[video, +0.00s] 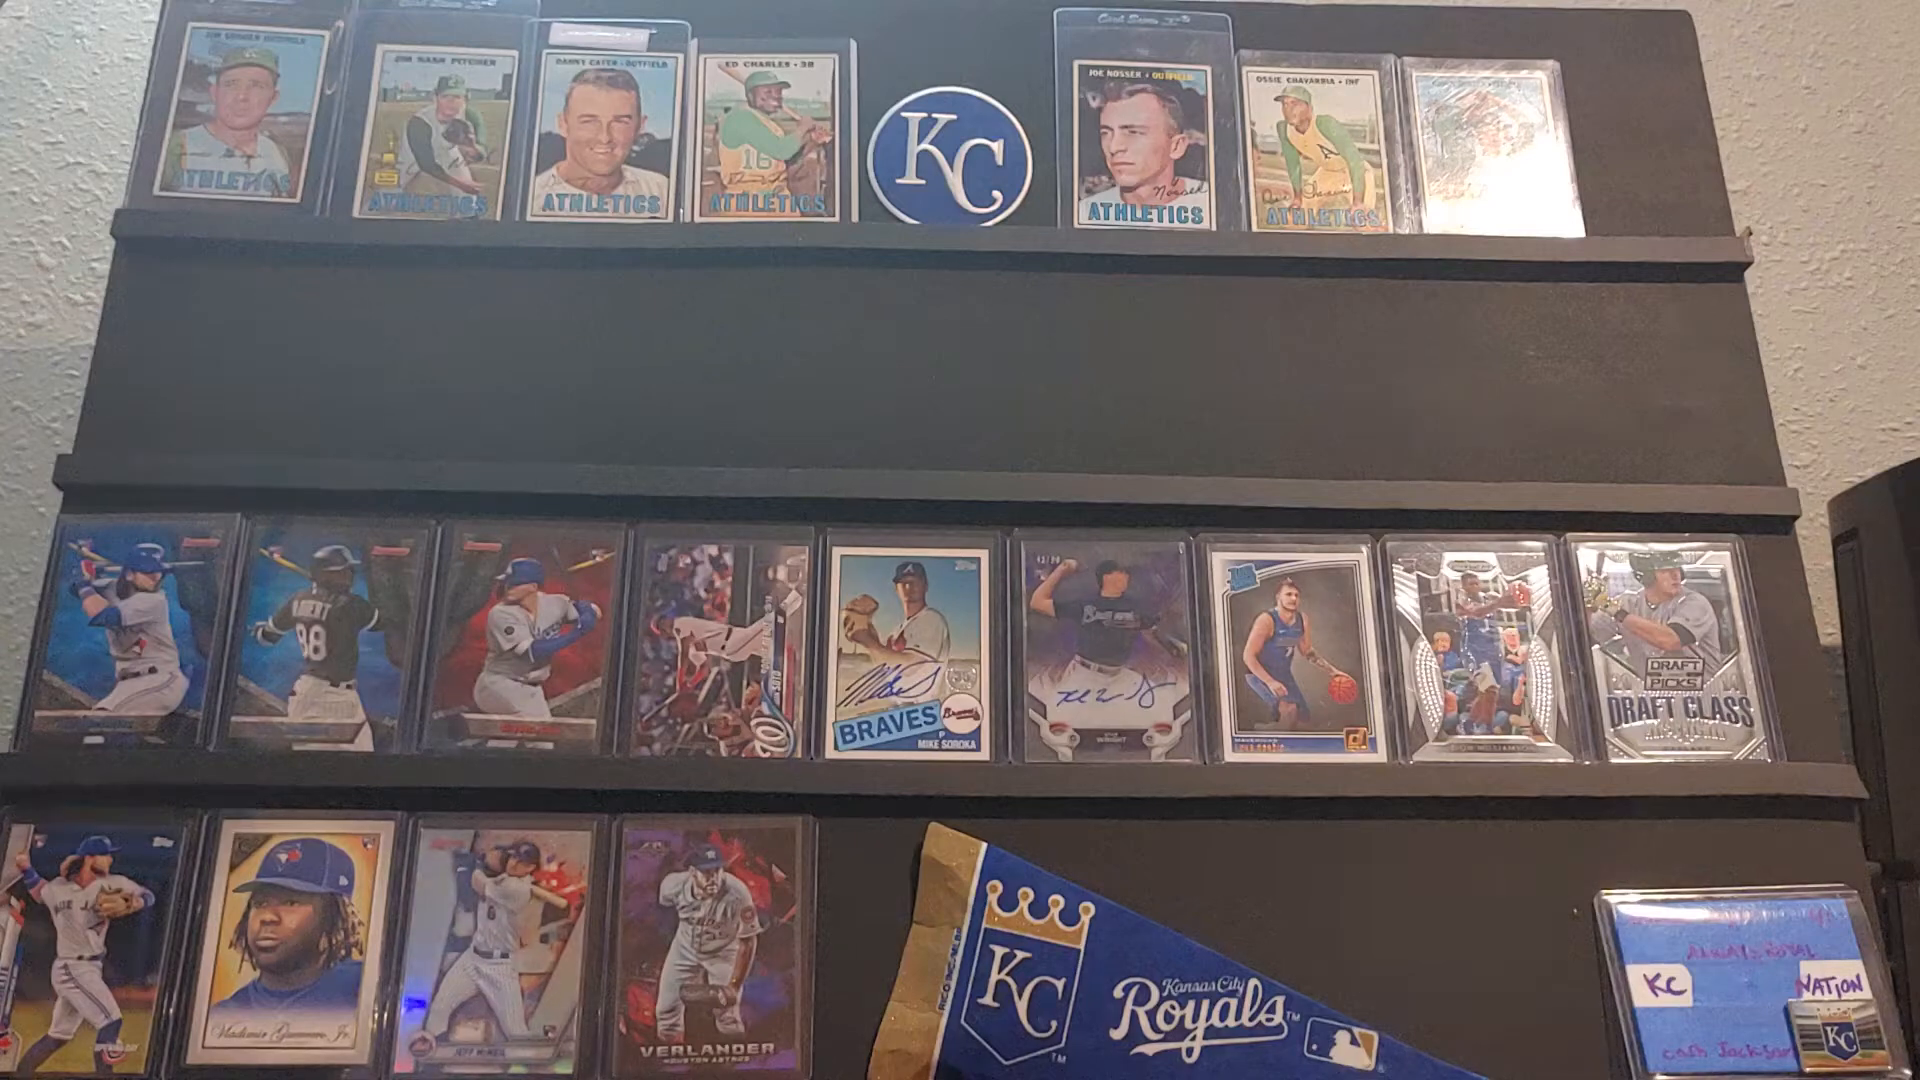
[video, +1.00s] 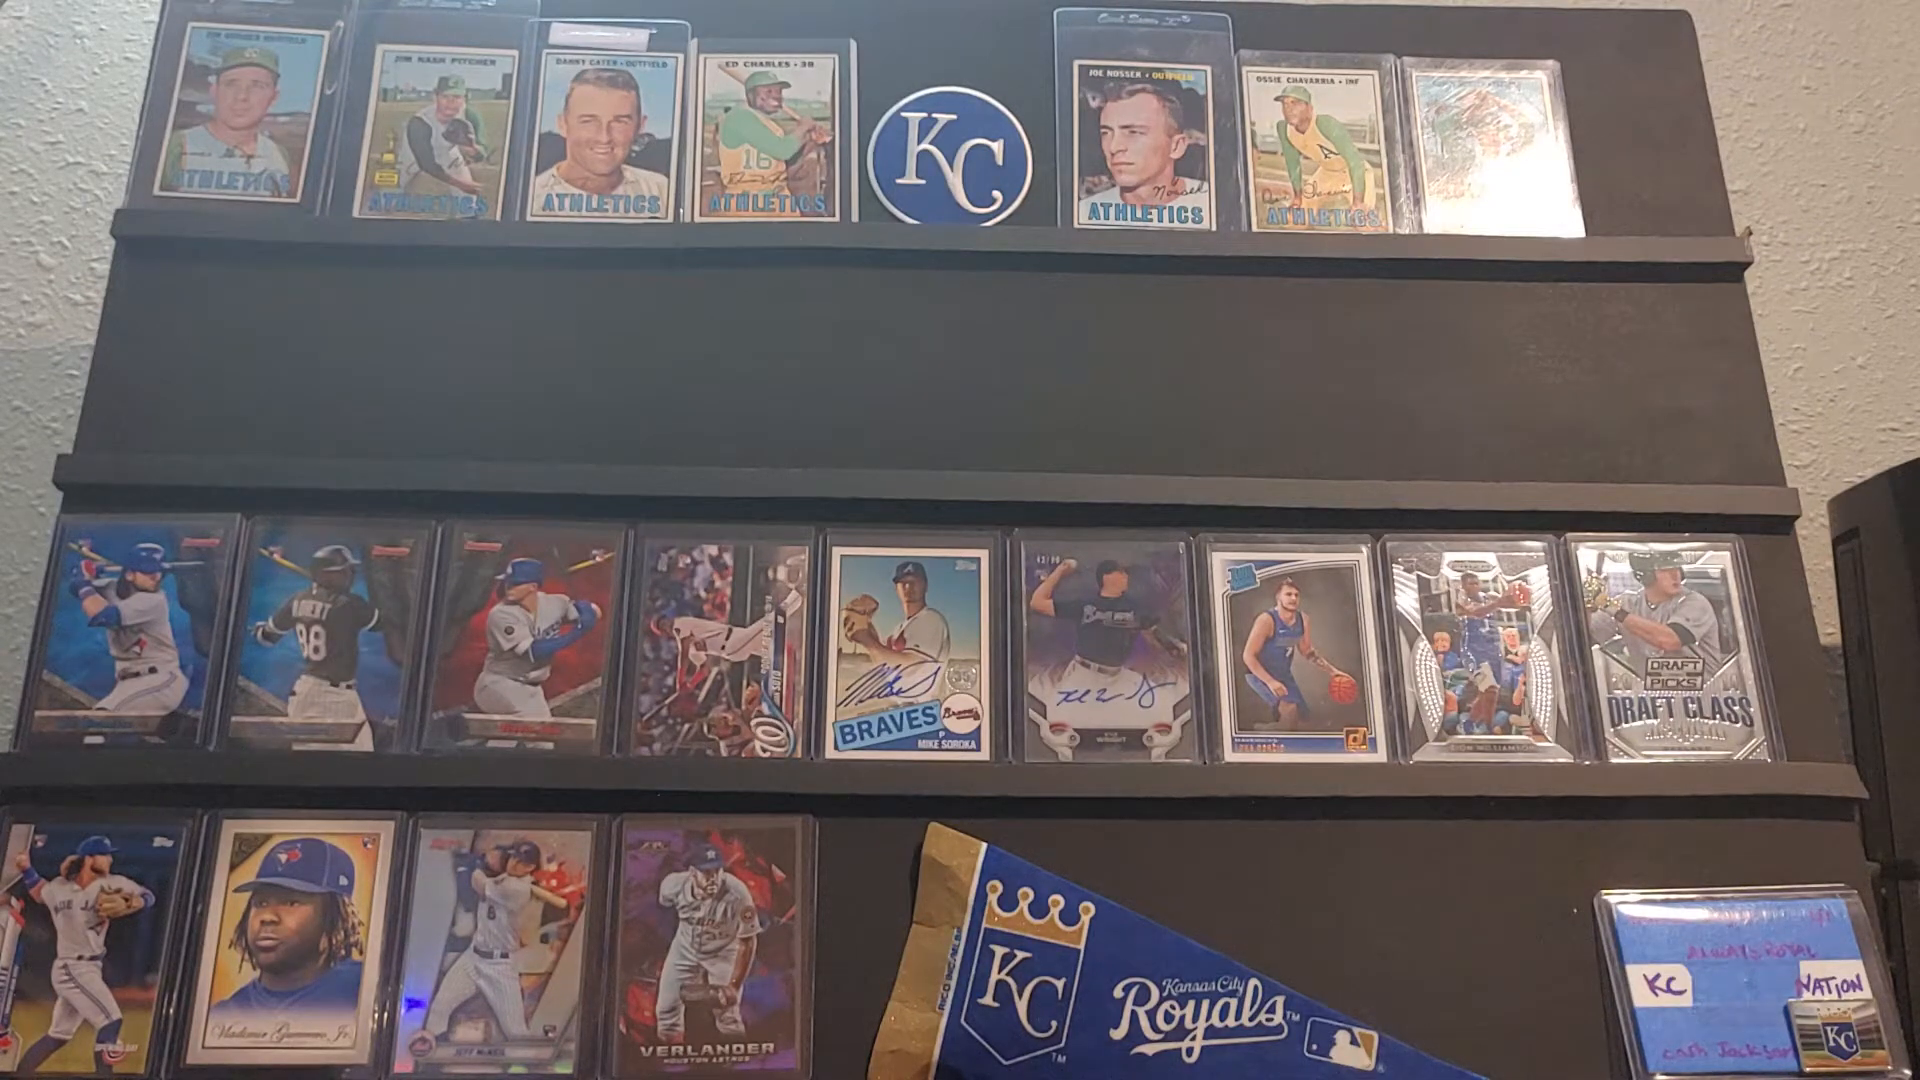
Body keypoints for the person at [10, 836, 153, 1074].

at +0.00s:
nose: (110, 859)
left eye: (110, 855)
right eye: (105, 855)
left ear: (98, 860)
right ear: (89, 859)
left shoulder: (112, 884)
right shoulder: (58, 888)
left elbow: (149, 896)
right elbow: (40, 890)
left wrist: (133, 904)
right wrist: (26, 869)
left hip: (90, 969)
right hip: (70, 969)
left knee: (59, 1035)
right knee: (111, 1020)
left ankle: (21, 1072)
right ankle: (105, 1073)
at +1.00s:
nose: (110, 860)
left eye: (109, 855)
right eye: (104, 855)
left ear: (98, 861)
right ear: (89, 859)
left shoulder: (112, 884)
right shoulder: (58, 888)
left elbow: (148, 896)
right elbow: (39, 891)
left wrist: (132, 904)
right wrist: (26, 869)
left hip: (91, 968)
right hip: (71, 969)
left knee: (58, 1035)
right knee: (110, 1020)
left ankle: (20, 1073)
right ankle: (104, 1074)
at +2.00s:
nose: (110, 860)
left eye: (110, 855)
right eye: (105, 855)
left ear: (98, 861)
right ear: (89, 859)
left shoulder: (111, 884)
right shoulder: (58, 888)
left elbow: (148, 896)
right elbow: (39, 892)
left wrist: (133, 904)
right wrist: (27, 870)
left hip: (90, 968)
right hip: (70, 969)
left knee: (58, 1036)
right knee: (111, 1019)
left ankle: (20, 1073)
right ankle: (104, 1074)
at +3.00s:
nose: (110, 859)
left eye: (110, 855)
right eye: (105, 855)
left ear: (98, 860)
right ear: (89, 859)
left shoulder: (111, 884)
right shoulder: (58, 888)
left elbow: (148, 896)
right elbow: (40, 892)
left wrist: (132, 904)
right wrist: (26, 870)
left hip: (90, 969)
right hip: (71, 969)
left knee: (58, 1036)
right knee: (111, 1020)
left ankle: (20, 1073)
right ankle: (104, 1074)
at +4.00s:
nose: (110, 859)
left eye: (110, 855)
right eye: (105, 855)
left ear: (97, 861)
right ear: (90, 859)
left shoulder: (111, 884)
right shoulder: (58, 889)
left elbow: (148, 896)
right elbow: (39, 890)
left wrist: (130, 905)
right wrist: (26, 869)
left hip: (91, 969)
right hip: (71, 969)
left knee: (58, 1036)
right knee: (111, 1019)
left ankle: (19, 1073)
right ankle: (104, 1073)